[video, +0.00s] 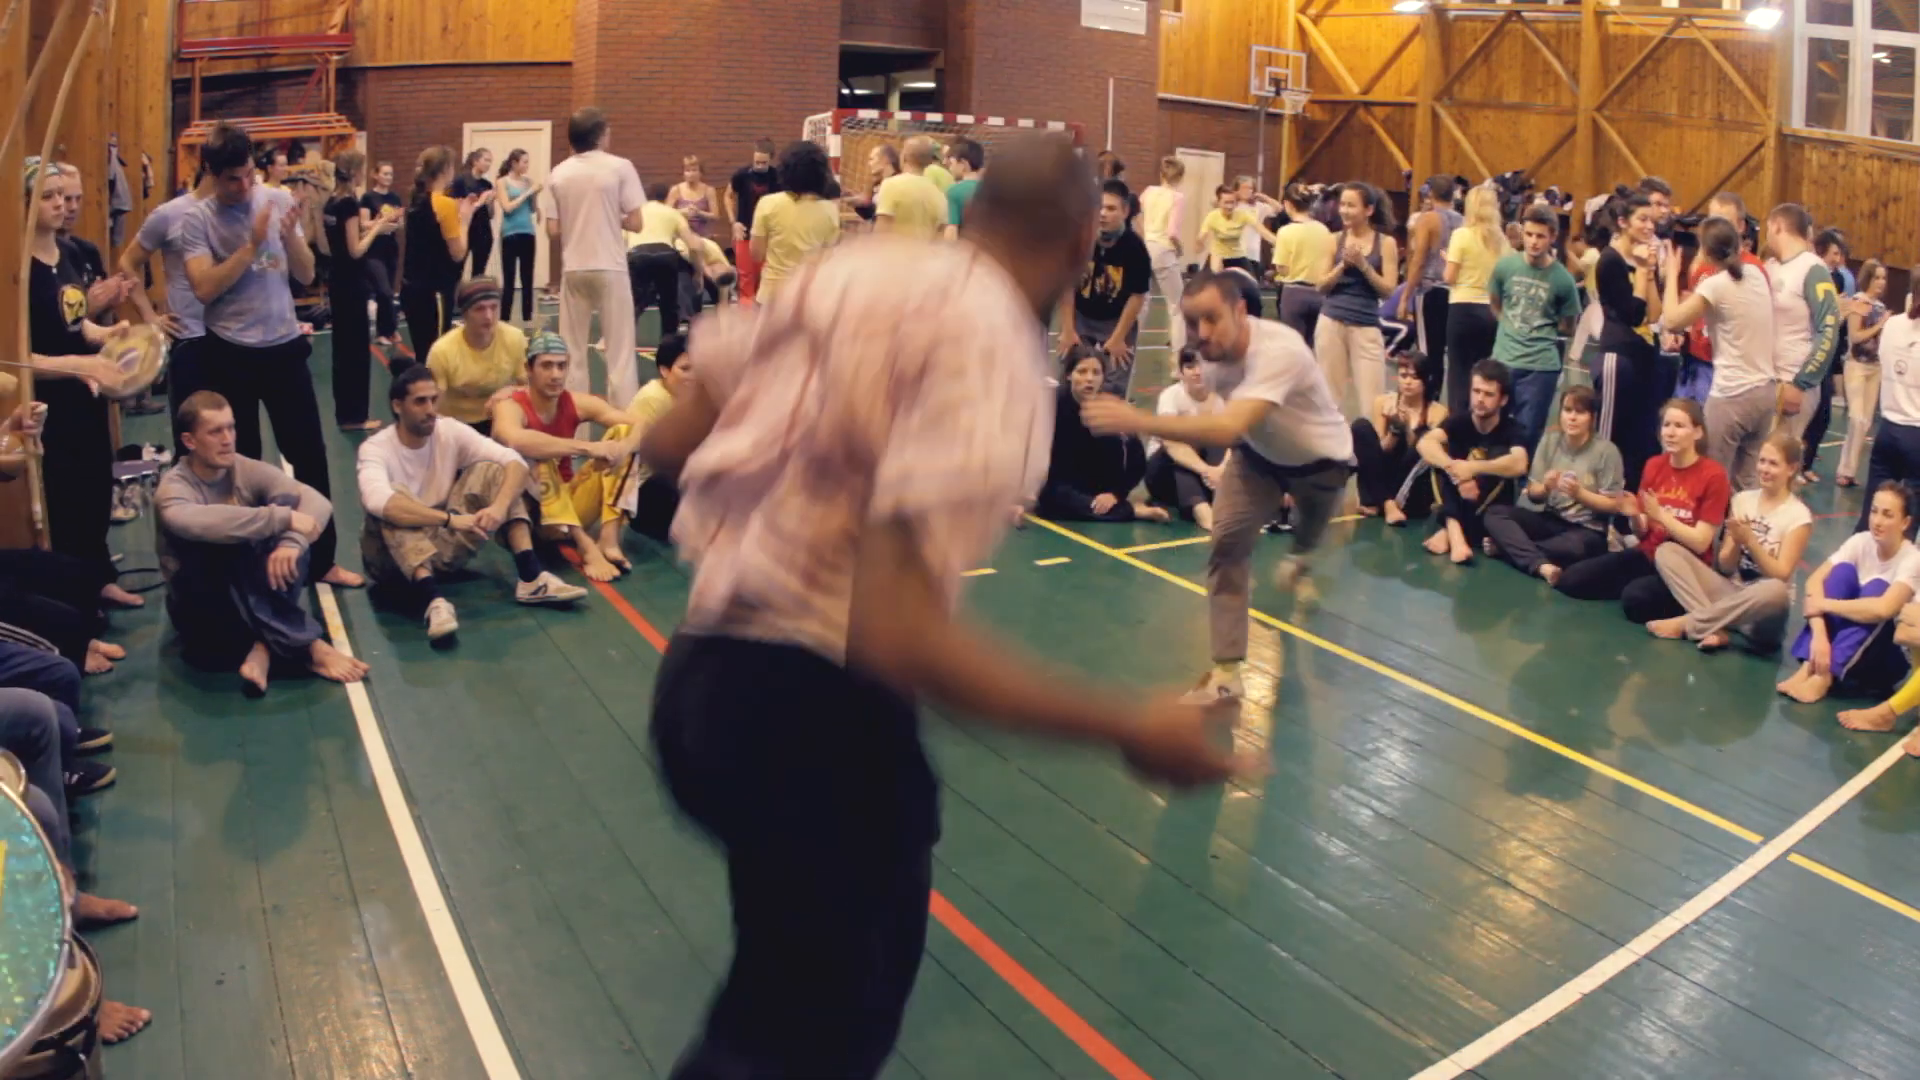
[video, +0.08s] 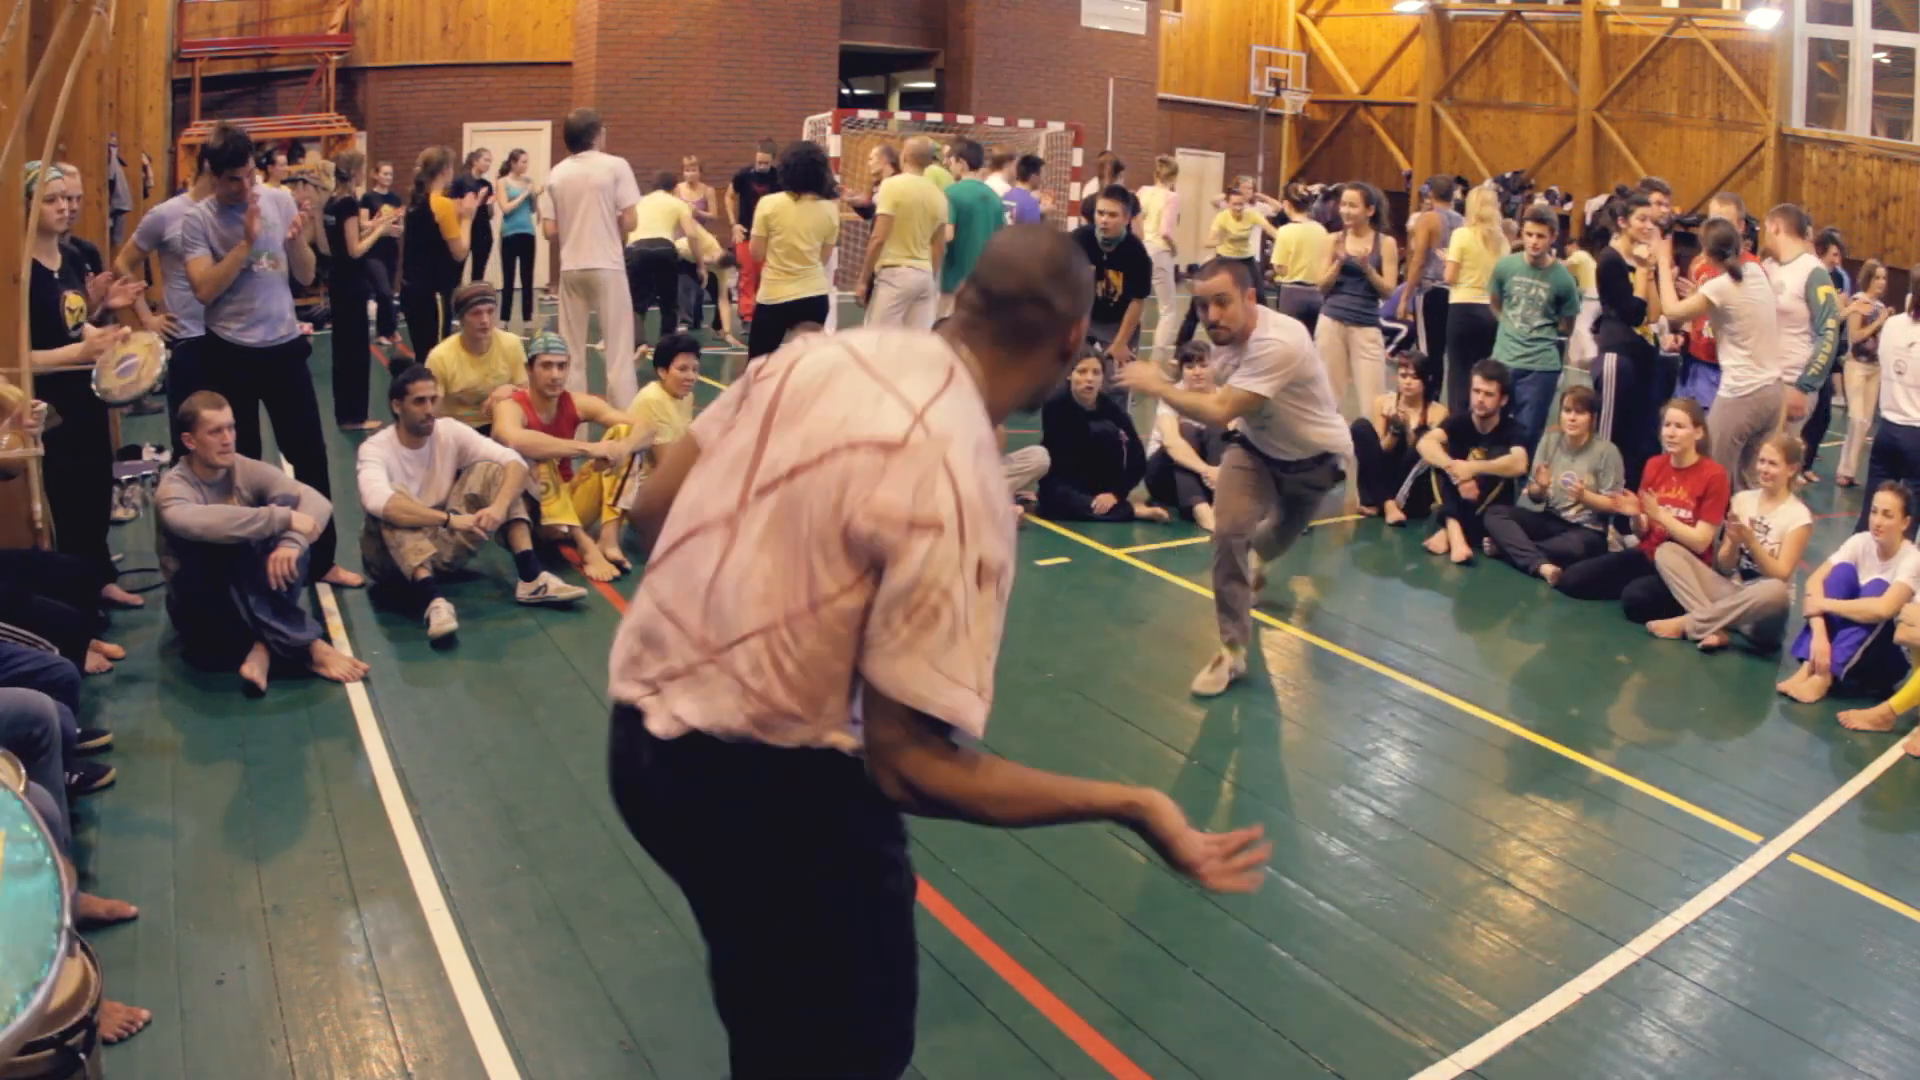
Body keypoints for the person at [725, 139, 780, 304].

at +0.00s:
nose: (760, 166)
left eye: (763, 162)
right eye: (757, 162)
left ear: (771, 159)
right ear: (752, 158)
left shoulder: (777, 177)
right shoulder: (741, 176)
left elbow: (783, 202)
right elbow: (728, 196)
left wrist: (777, 223)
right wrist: (734, 221)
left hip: (769, 230)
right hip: (746, 231)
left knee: (769, 271)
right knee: (746, 274)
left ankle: (768, 308)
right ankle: (746, 308)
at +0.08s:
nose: (761, 167)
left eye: (765, 163)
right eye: (759, 162)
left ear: (773, 160)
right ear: (754, 159)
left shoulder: (779, 178)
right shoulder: (743, 177)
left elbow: (786, 204)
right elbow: (729, 196)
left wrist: (780, 225)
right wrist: (734, 223)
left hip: (771, 231)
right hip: (747, 231)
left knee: (769, 271)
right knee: (748, 273)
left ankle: (768, 311)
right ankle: (747, 312)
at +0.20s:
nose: (763, 167)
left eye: (767, 163)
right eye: (760, 162)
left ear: (775, 160)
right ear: (756, 159)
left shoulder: (781, 178)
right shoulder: (745, 177)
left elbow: (787, 205)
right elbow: (731, 196)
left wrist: (781, 226)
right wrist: (735, 224)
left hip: (772, 231)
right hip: (748, 231)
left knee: (770, 272)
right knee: (748, 273)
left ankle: (768, 309)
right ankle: (748, 310)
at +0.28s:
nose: (764, 167)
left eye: (768, 163)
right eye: (761, 162)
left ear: (776, 161)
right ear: (757, 158)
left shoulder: (782, 177)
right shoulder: (746, 177)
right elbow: (732, 196)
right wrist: (734, 224)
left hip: (774, 234)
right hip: (748, 234)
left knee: (771, 278)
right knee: (748, 278)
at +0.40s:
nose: (764, 166)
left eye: (768, 163)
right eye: (762, 162)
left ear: (776, 160)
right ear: (758, 158)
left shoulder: (782, 177)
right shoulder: (747, 176)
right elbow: (734, 197)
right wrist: (737, 221)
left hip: (774, 229)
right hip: (750, 229)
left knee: (772, 272)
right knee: (749, 273)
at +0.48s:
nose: (763, 165)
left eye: (767, 161)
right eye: (760, 160)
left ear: (776, 159)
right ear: (756, 157)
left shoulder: (783, 177)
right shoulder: (746, 176)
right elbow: (734, 197)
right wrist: (739, 223)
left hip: (774, 228)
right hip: (750, 228)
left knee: (772, 270)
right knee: (749, 272)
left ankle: (771, 309)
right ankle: (748, 311)